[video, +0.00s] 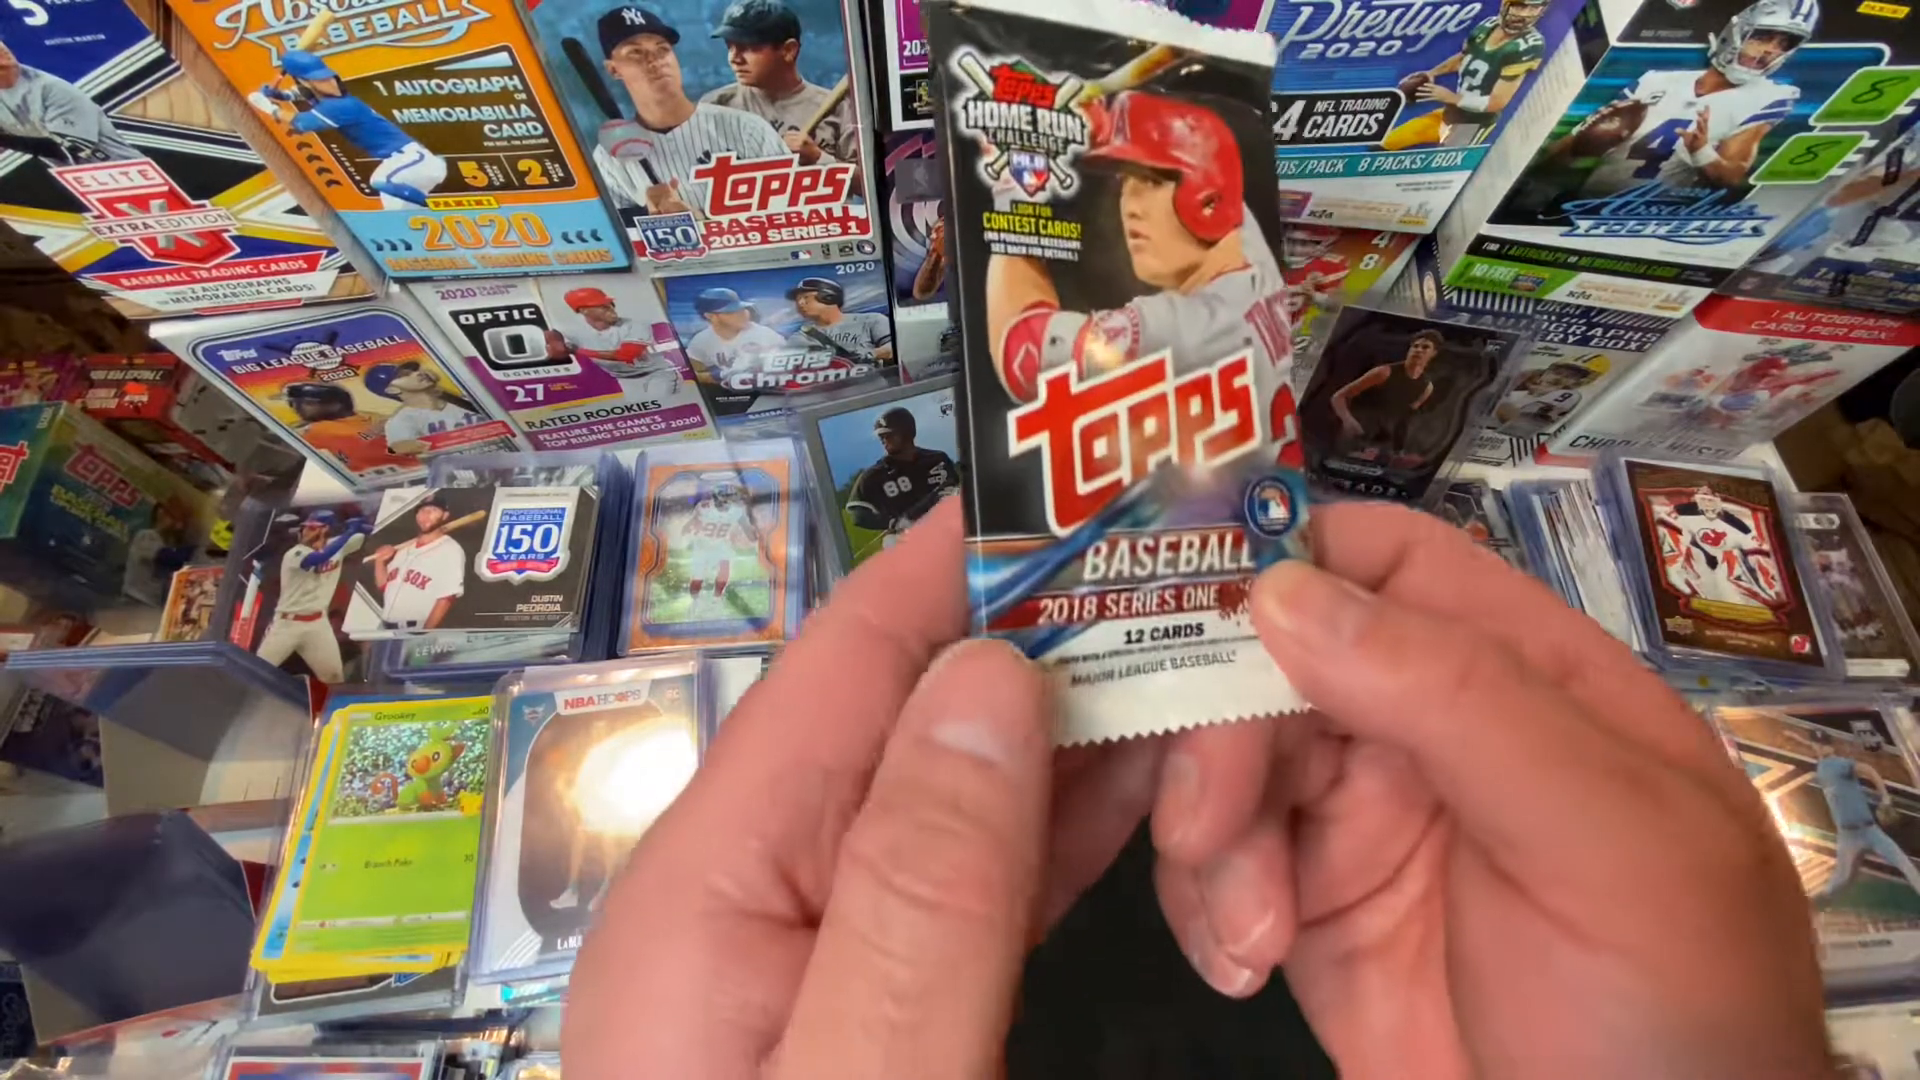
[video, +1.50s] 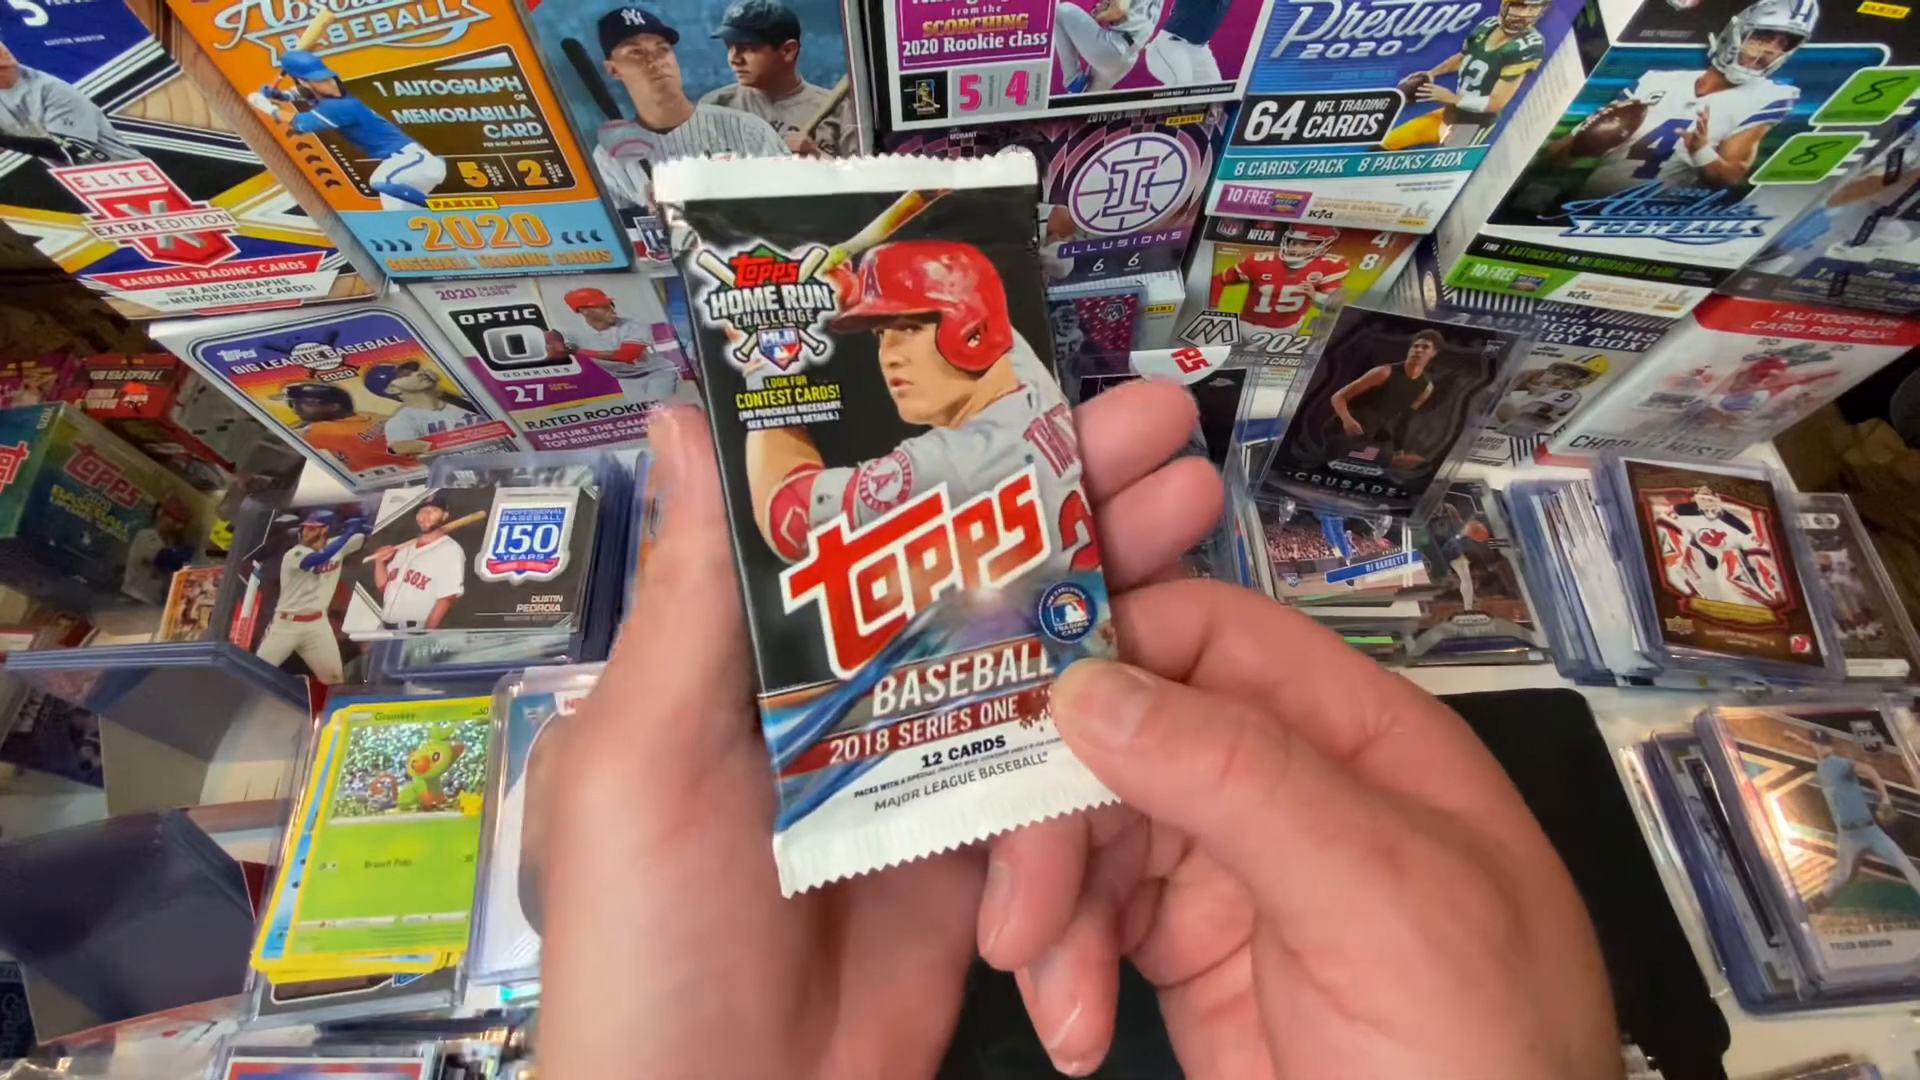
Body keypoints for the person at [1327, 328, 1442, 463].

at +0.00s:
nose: (1418, 350)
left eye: (1425, 347)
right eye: (1415, 346)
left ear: (1433, 354)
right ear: (1409, 349)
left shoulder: (1426, 389)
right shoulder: (1384, 373)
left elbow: (1404, 415)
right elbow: (1338, 397)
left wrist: (1399, 450)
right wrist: (1348, 420)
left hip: (1387, 445)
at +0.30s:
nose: (1418, 350)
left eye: (1425, 347)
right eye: (1415, 346)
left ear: (1433, 354)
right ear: (1410, 349)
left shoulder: (1426, 388)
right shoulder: (1384, 373)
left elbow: (1405, 414)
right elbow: (1338, 397)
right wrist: (1348, 420)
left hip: (1392, 444)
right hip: (1364, 439)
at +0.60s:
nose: (1418, 350)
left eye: (1425, 347)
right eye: (1416, 346)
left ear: (1433, 354)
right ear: (1410, 349)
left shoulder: (1426, 389)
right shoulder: (1384, 373)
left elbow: (1404, 417)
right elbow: (1338, 397)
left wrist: (1399, 452)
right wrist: (1348, 420)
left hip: (1383, 441)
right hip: (1356, 436)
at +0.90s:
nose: (1419, 350)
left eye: (1425, 347)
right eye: (1416, 346)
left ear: (1434, 354)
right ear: (1410, 349)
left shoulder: (1426, 389)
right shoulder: (1384, 373)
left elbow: (1404, 417)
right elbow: (1338, 397)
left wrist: (1399, 452)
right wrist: (1348, 421)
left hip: (1383, 441)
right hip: (1356, 436)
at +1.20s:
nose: (1418, 350)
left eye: (1425, 347)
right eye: (1416, 346)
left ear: (1434, 354)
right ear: (1410, 349)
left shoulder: (1426, 389)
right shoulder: (1384, 373)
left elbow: (1404, 418)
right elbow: (1338, 397)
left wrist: (1399, 453)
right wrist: (1347, 420)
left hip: (1379, 436)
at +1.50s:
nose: (1418, 350)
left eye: (1425, 347)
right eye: (1415, 346)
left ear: (1433, 354)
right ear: (1410, 349)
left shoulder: (1426, 389)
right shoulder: (1384, 373)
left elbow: (1404, 418)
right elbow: (1338, 397)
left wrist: (1399, 453)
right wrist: (1347, 420)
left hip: (1379, 436)